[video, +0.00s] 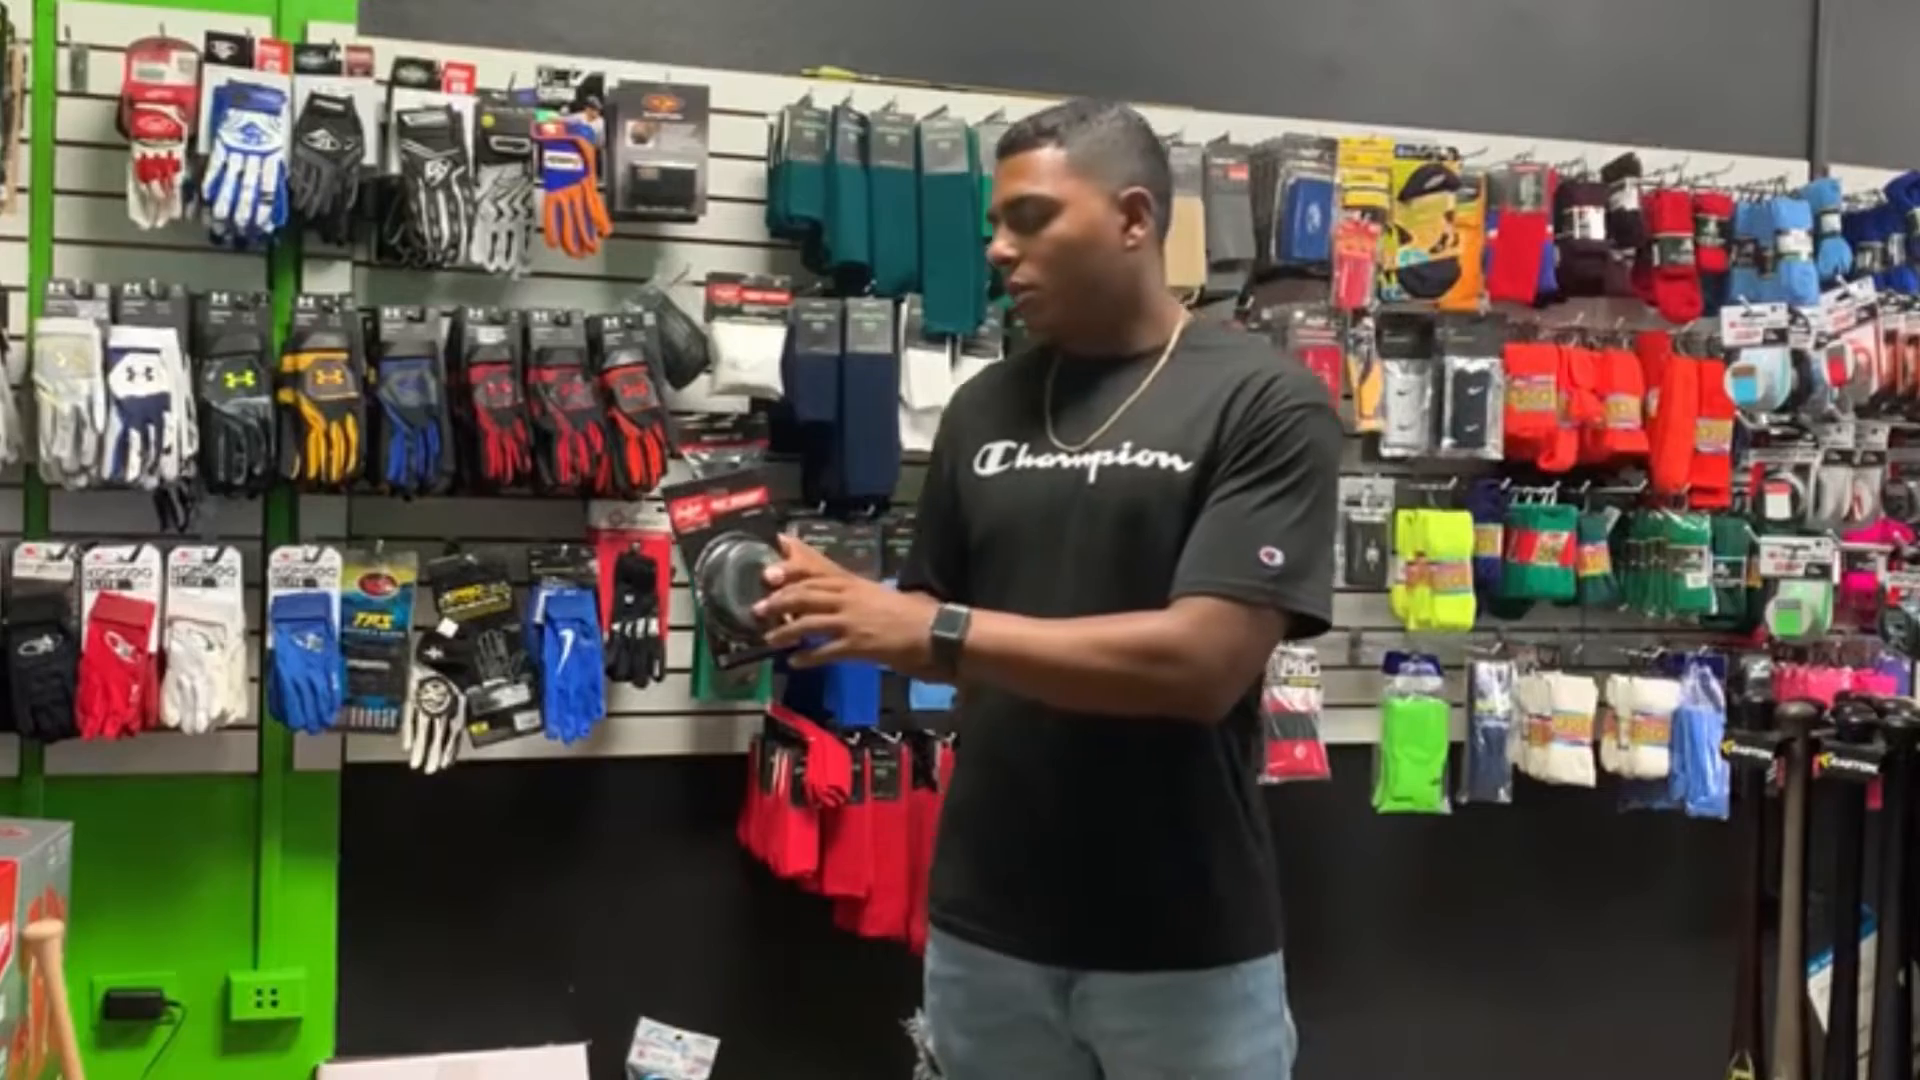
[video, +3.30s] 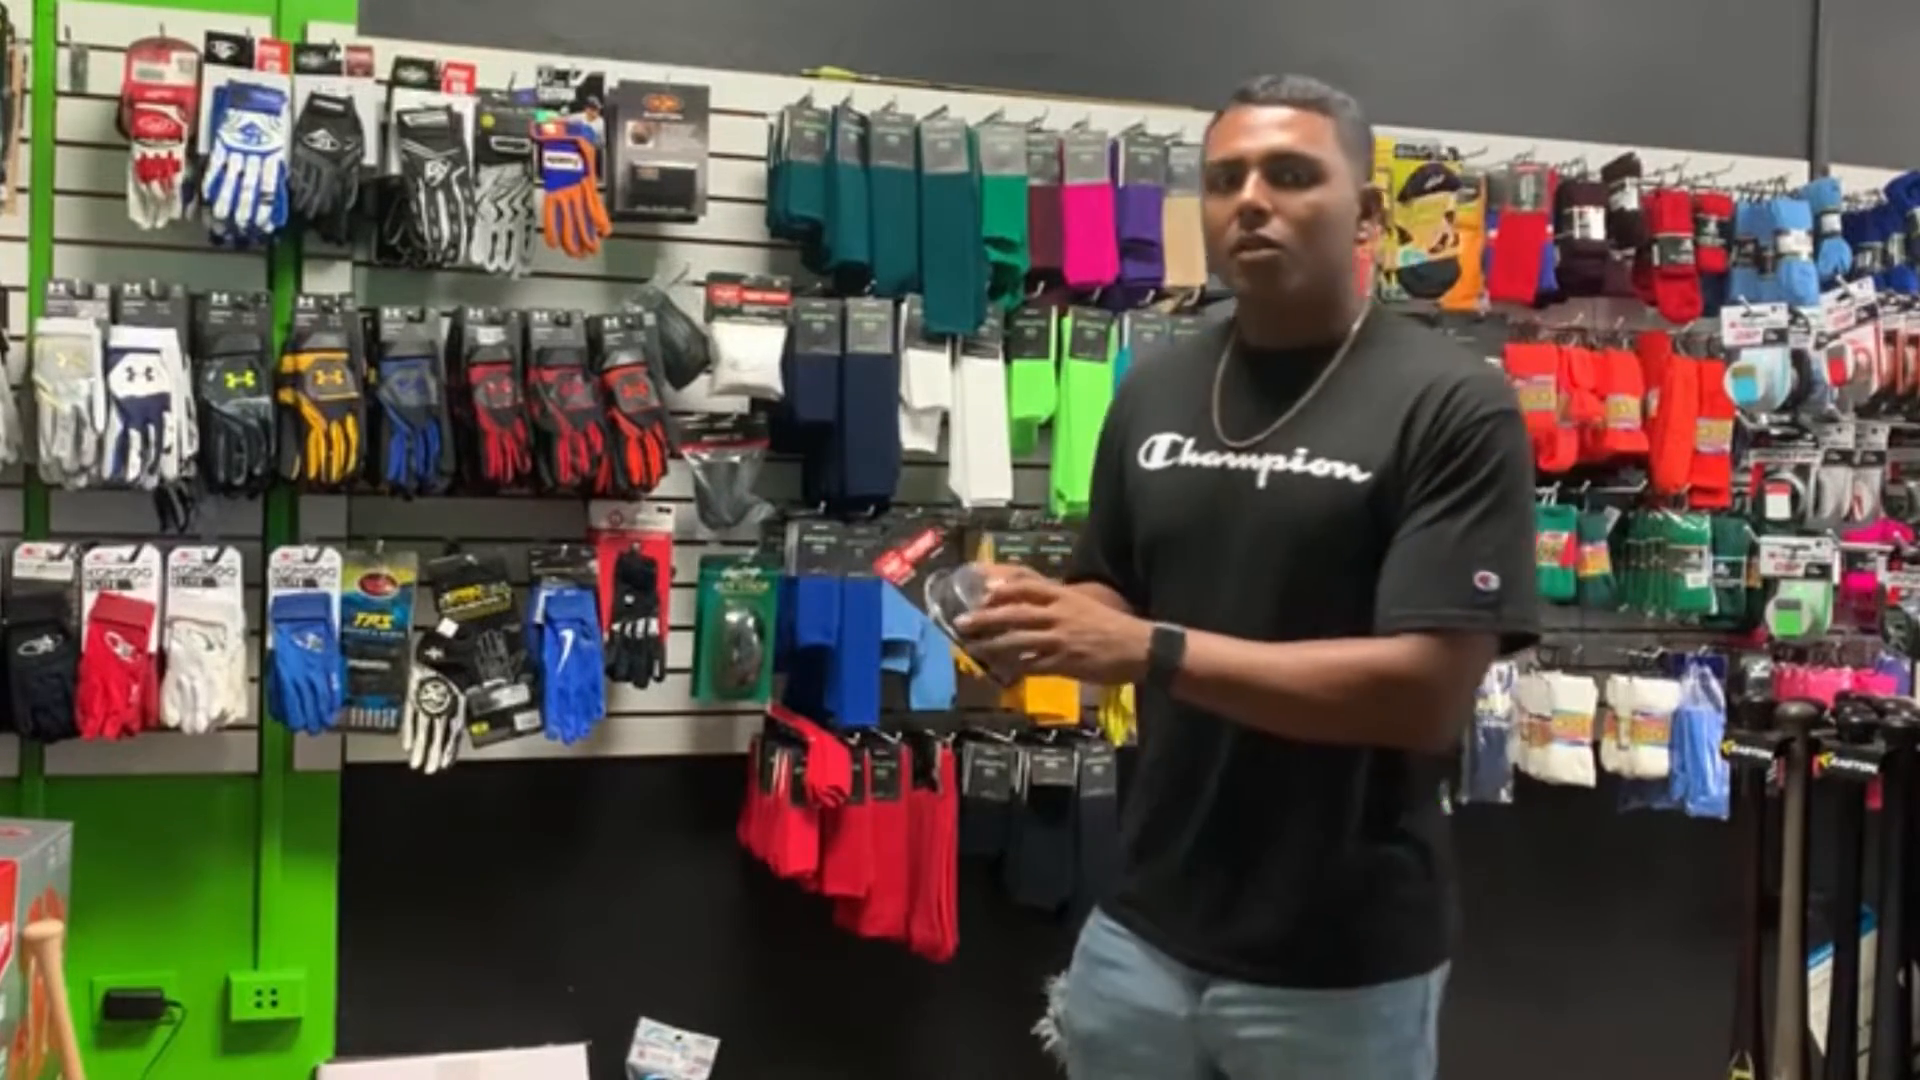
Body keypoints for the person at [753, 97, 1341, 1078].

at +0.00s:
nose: (998, 252)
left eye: (1030, 217)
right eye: (996, 226)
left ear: (1137, 217)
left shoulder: (1266, 401)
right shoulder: (981, 408)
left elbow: (1205, 665)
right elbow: (954, 644)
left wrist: (927, 628)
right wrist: (840, 607)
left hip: (1185, 942)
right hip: (988, 931)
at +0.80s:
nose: (995, 249)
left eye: (1027, 214)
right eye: (995, 222)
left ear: (1133, 218)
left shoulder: (1268, 398)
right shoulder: (980, 408)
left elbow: (1212, 658)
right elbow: (948, 645)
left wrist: (938, 627)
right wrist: (840, 607)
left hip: (1195, 944)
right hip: (994, 934)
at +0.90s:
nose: (1014, 245)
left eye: (1047, 211)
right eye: (1016, 218)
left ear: (1153, 216)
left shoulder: (1288, 398)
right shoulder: (998, 410)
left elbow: (1227, 658)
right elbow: (964, 649)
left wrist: (954, 624)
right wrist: (856, 600)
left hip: (1211, 943)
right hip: (1008, 933)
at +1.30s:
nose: (1128, 235)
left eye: (1162, 201)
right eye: (1128, 208)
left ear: (1268, 209)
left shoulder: (1405, 395)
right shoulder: (1103, 406)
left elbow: (1327, 658)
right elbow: (1068, 652)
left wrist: (1047, 616)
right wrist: (949, 602)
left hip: (1309, 954)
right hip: (1100, 940)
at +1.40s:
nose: (1159, 232)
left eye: (1194, 200)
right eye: (1162, 205)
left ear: (1301, 210)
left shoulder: (1440, 398)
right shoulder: (1132, 404)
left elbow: (1353, 660)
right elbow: (1102, 652)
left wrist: (1075, 616)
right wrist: (975, 601)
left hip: (1337, 960)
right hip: (1125, 944)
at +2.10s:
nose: (1288, 239)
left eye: (1328, 207)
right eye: (1286, 210)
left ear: (1443, 218)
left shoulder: (1574, 418)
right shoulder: (1247, 401)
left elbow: (1478, 679)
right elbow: (1194, 660)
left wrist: (1190, 623)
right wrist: (1087, 593)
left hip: (1434, 979)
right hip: (1214, 952)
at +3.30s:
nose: (1250, 202)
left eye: (1291, 175)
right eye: (1225, 178)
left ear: (1366, 209)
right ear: (1204, 208)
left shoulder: (1453, 400)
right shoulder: (1158, 381)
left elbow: (1431, 694)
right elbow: (1112, 604)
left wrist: (1150, 648)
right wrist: (1033, 624)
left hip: (1341, 954)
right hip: (1146, 924)